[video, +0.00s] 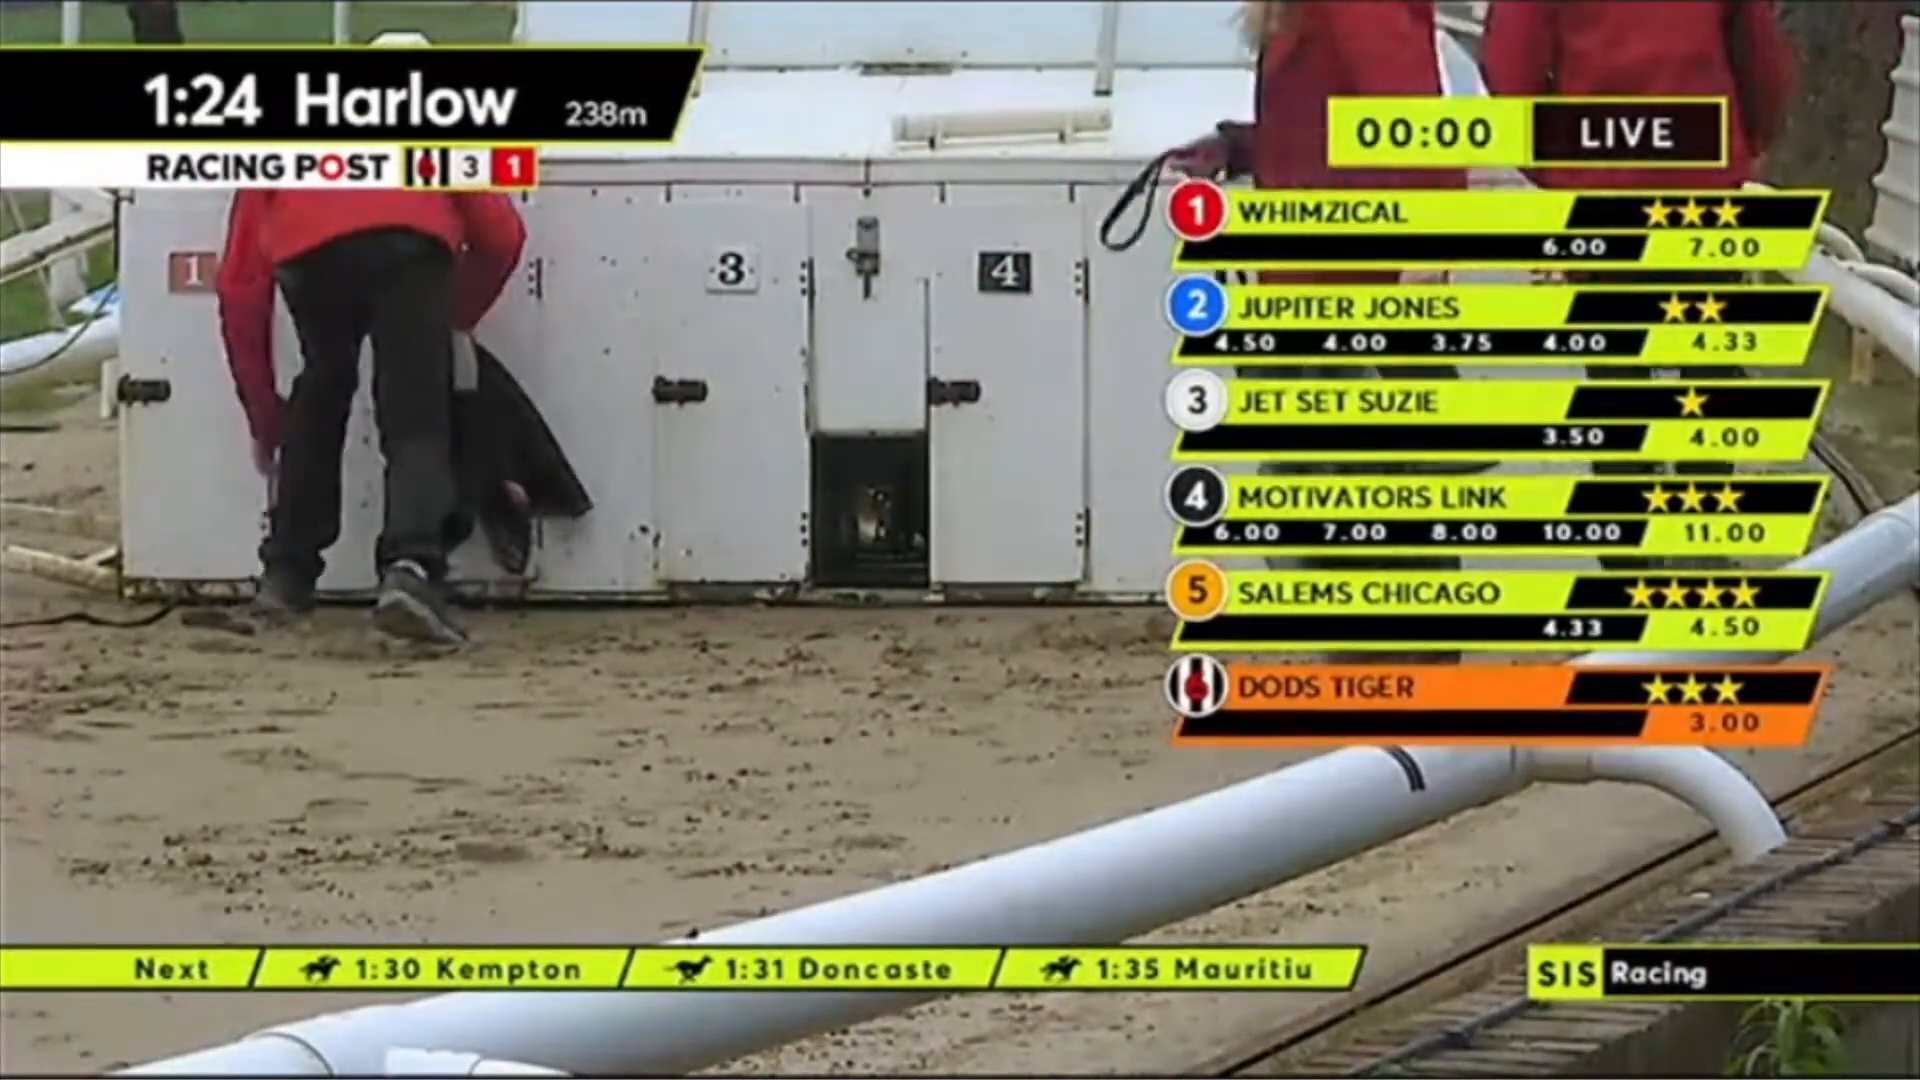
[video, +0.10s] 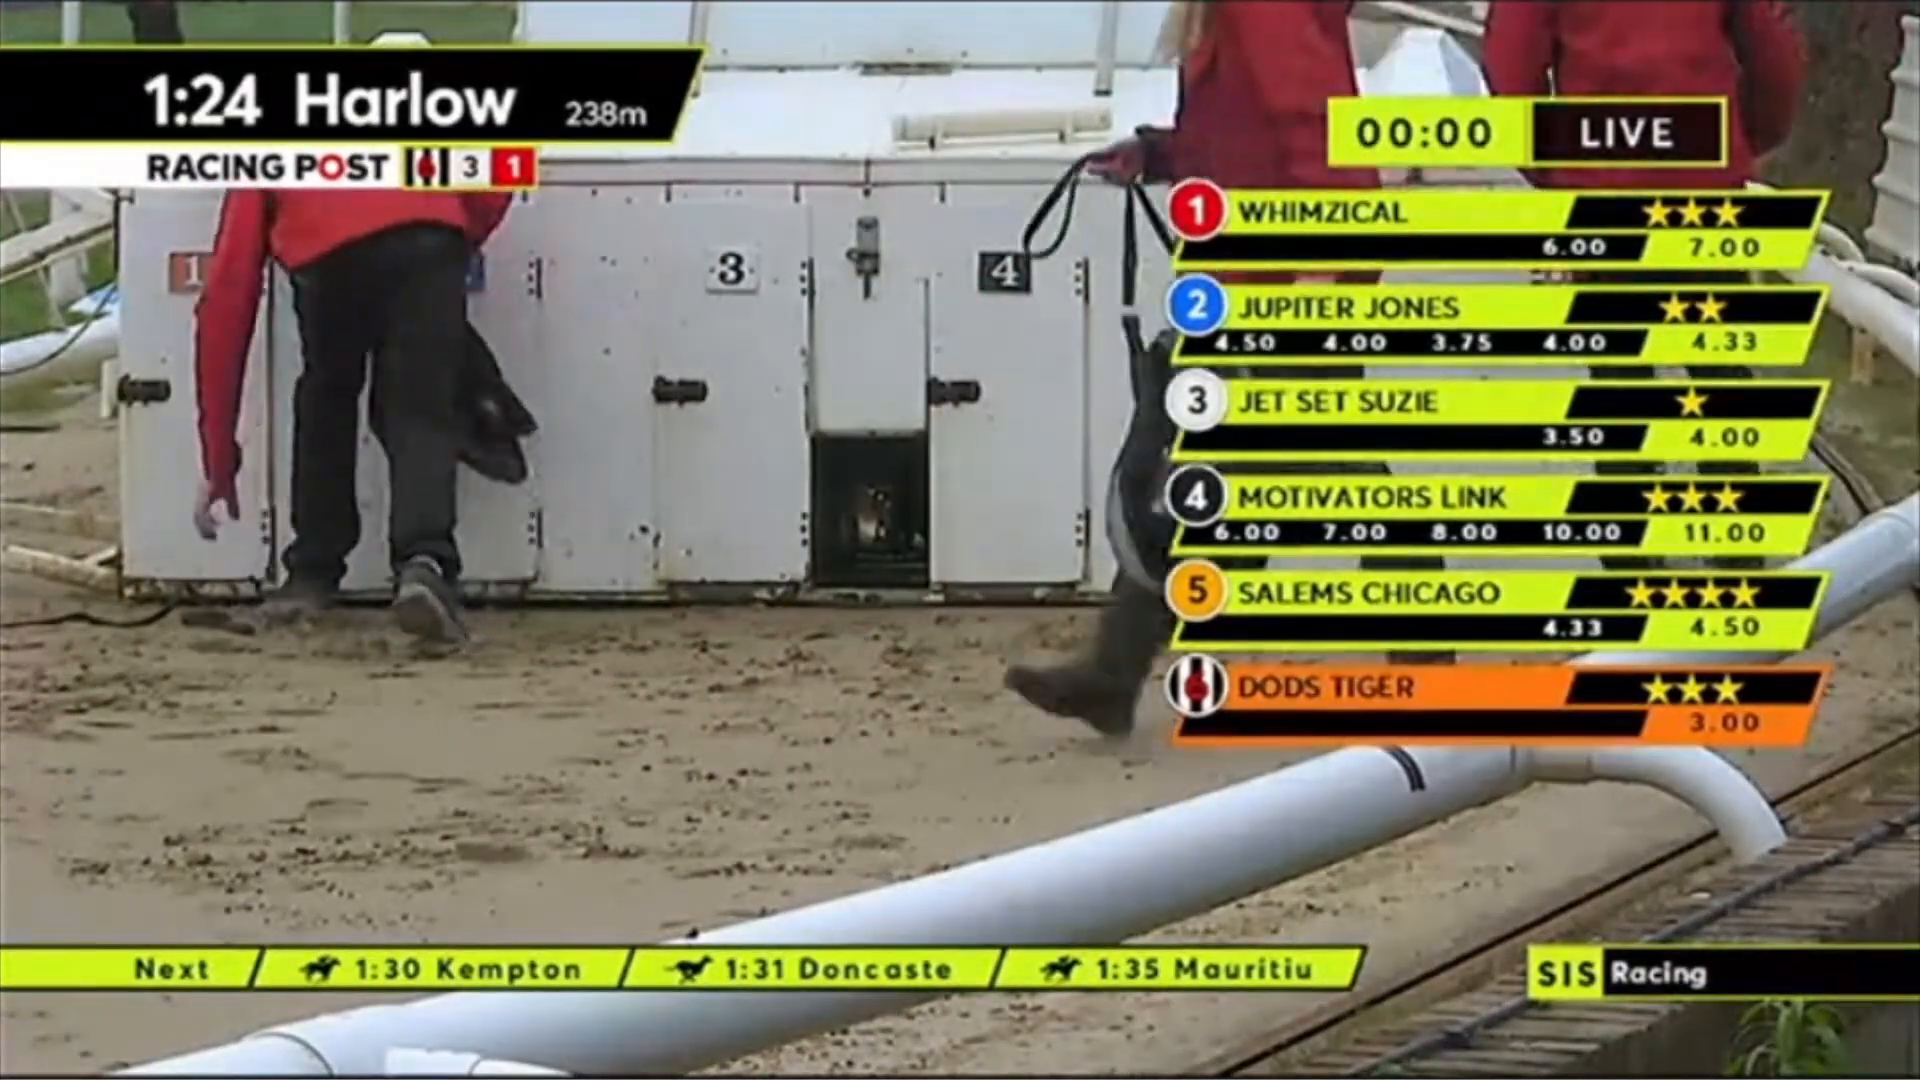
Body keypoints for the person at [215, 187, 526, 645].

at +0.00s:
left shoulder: (269, 176)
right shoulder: (432, 157)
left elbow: (238, 286)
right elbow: (503, 235)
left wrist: (263, 414)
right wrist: (456, 316)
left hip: (308, 248)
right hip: (410, 234)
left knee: (321, 388)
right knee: (414, 416)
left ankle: (289, 574)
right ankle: (411, 571)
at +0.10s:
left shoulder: (264, 166)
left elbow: (225, 298)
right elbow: (501, 174)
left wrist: (219, 462)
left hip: (326, 250)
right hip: (426, 230)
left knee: (327, 391)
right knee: (418, 407)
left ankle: (312, 575)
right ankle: (424, 564)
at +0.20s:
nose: (217, 236)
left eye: (210, 218)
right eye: (207, 225)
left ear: (214, 196)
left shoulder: (241, 189)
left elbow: (223, 337)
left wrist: (202, 498)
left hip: (338, 250)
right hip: (438, 227)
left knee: (312, 399)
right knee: (426, 405)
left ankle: (311, 576)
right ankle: (440, 554)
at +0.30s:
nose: (201, 269)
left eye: (191, 252)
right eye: (188, 260)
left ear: (194, 209)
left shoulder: (229, 217)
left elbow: (222, 372)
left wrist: (198, 529)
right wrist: (371, 396)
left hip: (342, 251)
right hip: (446, 223)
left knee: (305, 401)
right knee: (434, 399)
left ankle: (310, 579)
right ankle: (481, 539)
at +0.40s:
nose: (187, 276)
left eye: (178, 251)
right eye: (174, 260)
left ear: (185, 209)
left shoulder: (225, 225)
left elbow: (221, 374)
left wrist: (222, 527)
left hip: (347, 245)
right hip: (444, 217)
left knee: (307, 415)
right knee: (424, 419)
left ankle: (308, 582)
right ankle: (539, 507)